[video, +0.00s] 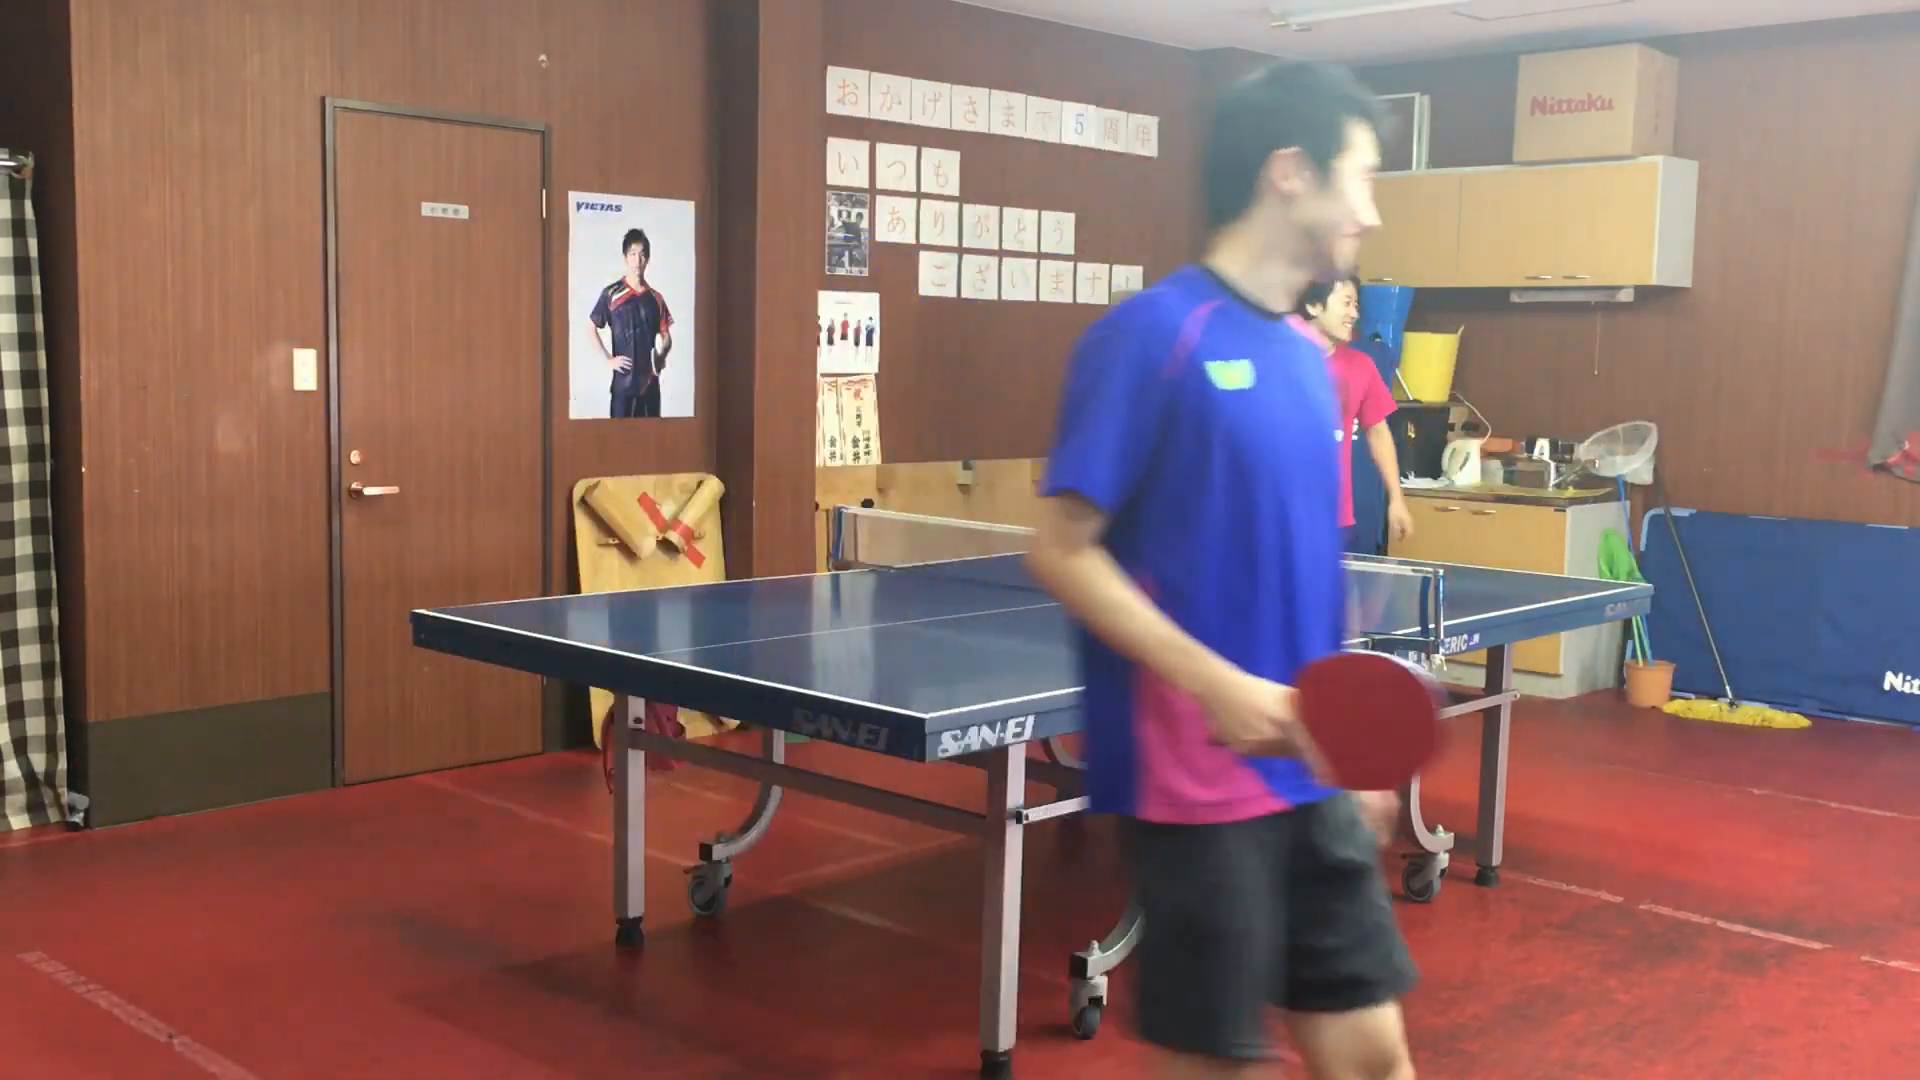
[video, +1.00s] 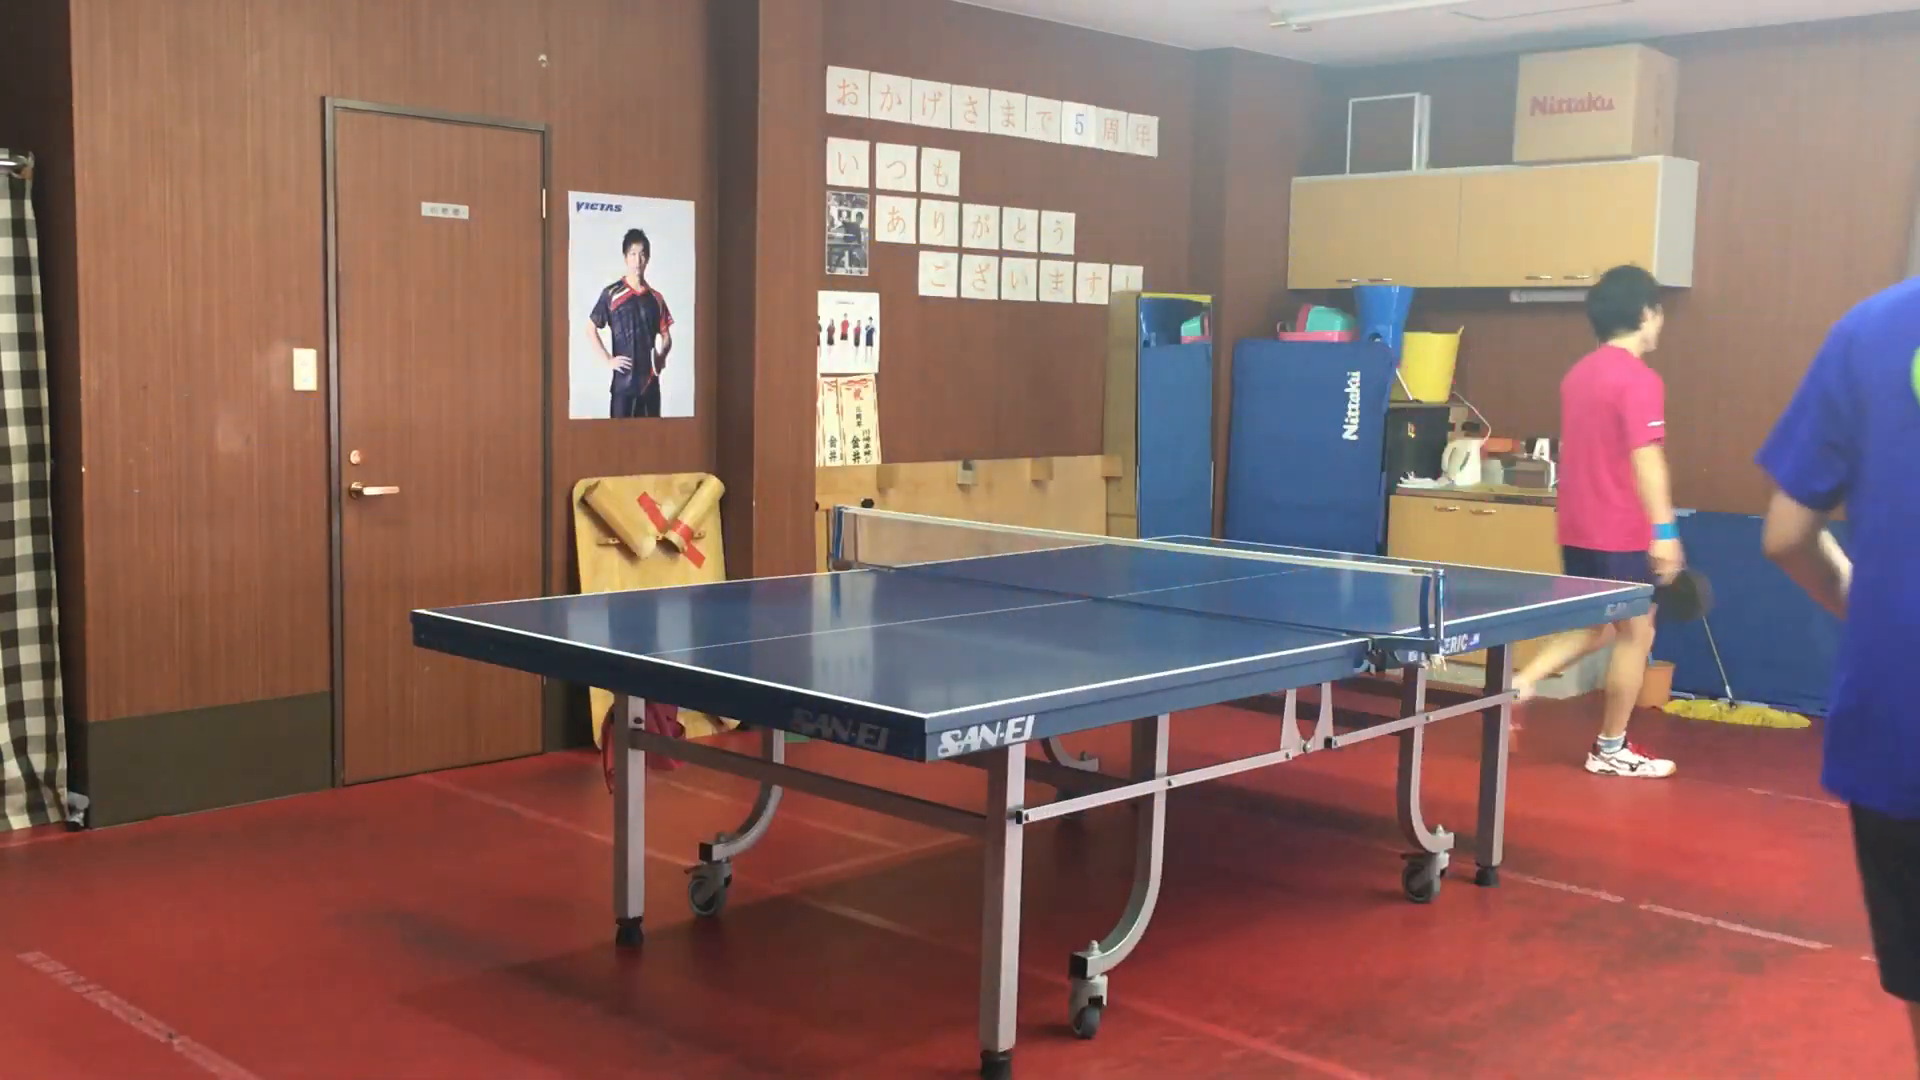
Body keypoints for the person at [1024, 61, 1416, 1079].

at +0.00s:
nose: (1373, 216)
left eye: (1374, 185)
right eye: (1362, 180)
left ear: (1292, 181)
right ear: (1286, 178)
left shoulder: (1312, 357)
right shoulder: (1149, 334)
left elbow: (1297, 573)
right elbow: (1057, 545)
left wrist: (1350, 741)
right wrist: (1219, 685)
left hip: (1306, 772)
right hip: (1193, 785)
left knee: (1369, 1055)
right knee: (1203, 1058)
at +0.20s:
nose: (1543, 172)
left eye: (1544, 142)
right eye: (1539, 138)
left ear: (1466, 140)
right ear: (1480, 137)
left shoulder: (1441, 306)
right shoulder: (1364, 298)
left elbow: (1498, 508)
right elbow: (1259, 517)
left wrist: (1656, 637)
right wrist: (1452, 657)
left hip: (1421, 750)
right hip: (1402, 762)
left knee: (1387, 1058)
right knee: (1557, 1060)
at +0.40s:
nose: (1714, 186)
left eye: (1713, 158)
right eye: (1711, 155)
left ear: (1557, 158)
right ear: (1669, 155)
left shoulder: (1542, 300)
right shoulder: (1604, 311)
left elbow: (1589, 516)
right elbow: (1575, 554)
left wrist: (1751, 567)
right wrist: (1788, 646)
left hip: (1521, 762)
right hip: (1613, 779)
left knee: (1514, 1038)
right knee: (1702, 1056)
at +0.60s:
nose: (1886, 170)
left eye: (1886, 143)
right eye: (1885, 142)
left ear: (1714, 150)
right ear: (1855, 146)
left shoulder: (1650, 317)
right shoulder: (1861, 314)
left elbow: (1643, 537)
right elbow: (1911, 564)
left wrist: (1843, 587)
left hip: (1676, 770)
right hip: (1812, 786)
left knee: (1765, 1034)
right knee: (1850, 1053)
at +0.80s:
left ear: (1866, 149)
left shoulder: (1778, 316)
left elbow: (1682, 525)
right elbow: (1687, 526)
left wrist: (1805, 553)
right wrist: (1805, 554)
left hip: (1799, 764)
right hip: (1900, 773)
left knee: (1869, 1041)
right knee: (1885, 1051)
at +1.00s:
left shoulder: (1875, 332)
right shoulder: (1871, 333)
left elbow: (1786, 535)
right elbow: (1787, 534)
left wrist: (1875, 611)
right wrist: (1877, 612)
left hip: (1893, 724)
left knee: (1917, 996)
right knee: (1912, 993)